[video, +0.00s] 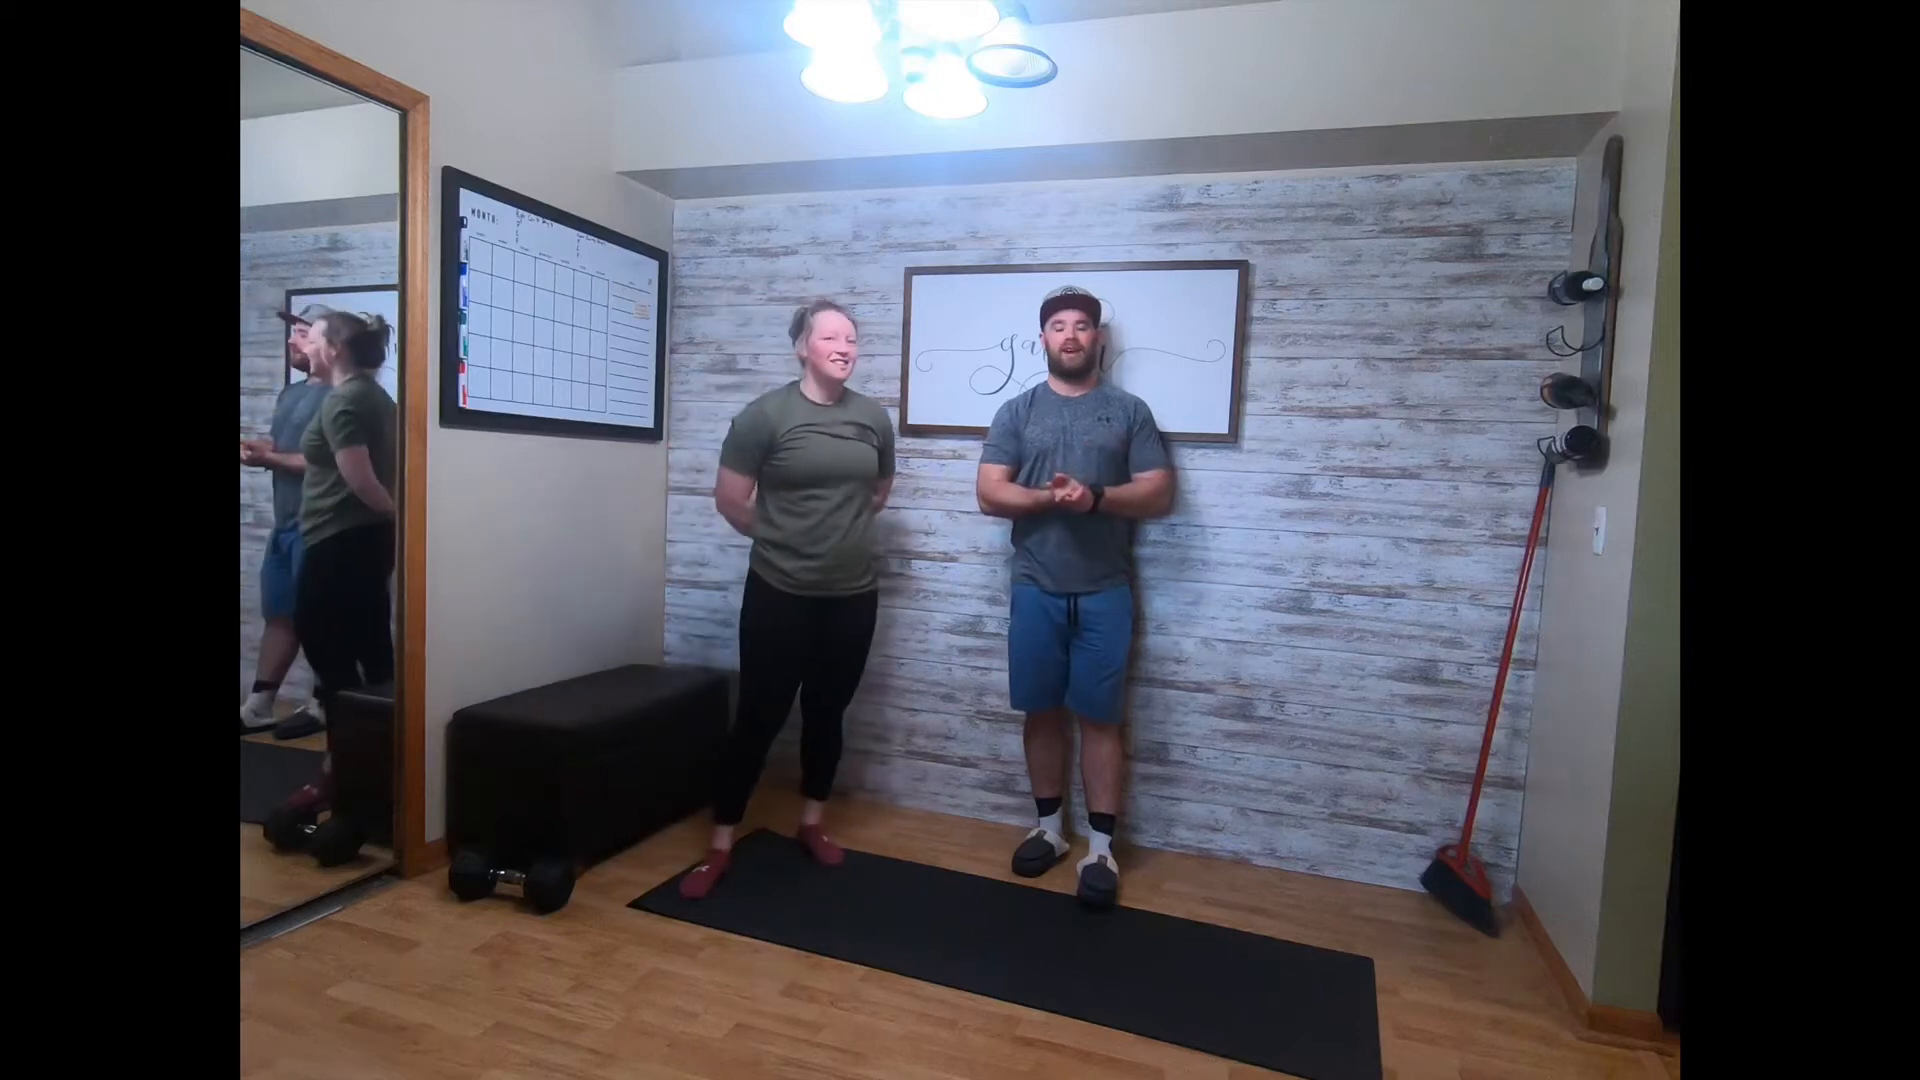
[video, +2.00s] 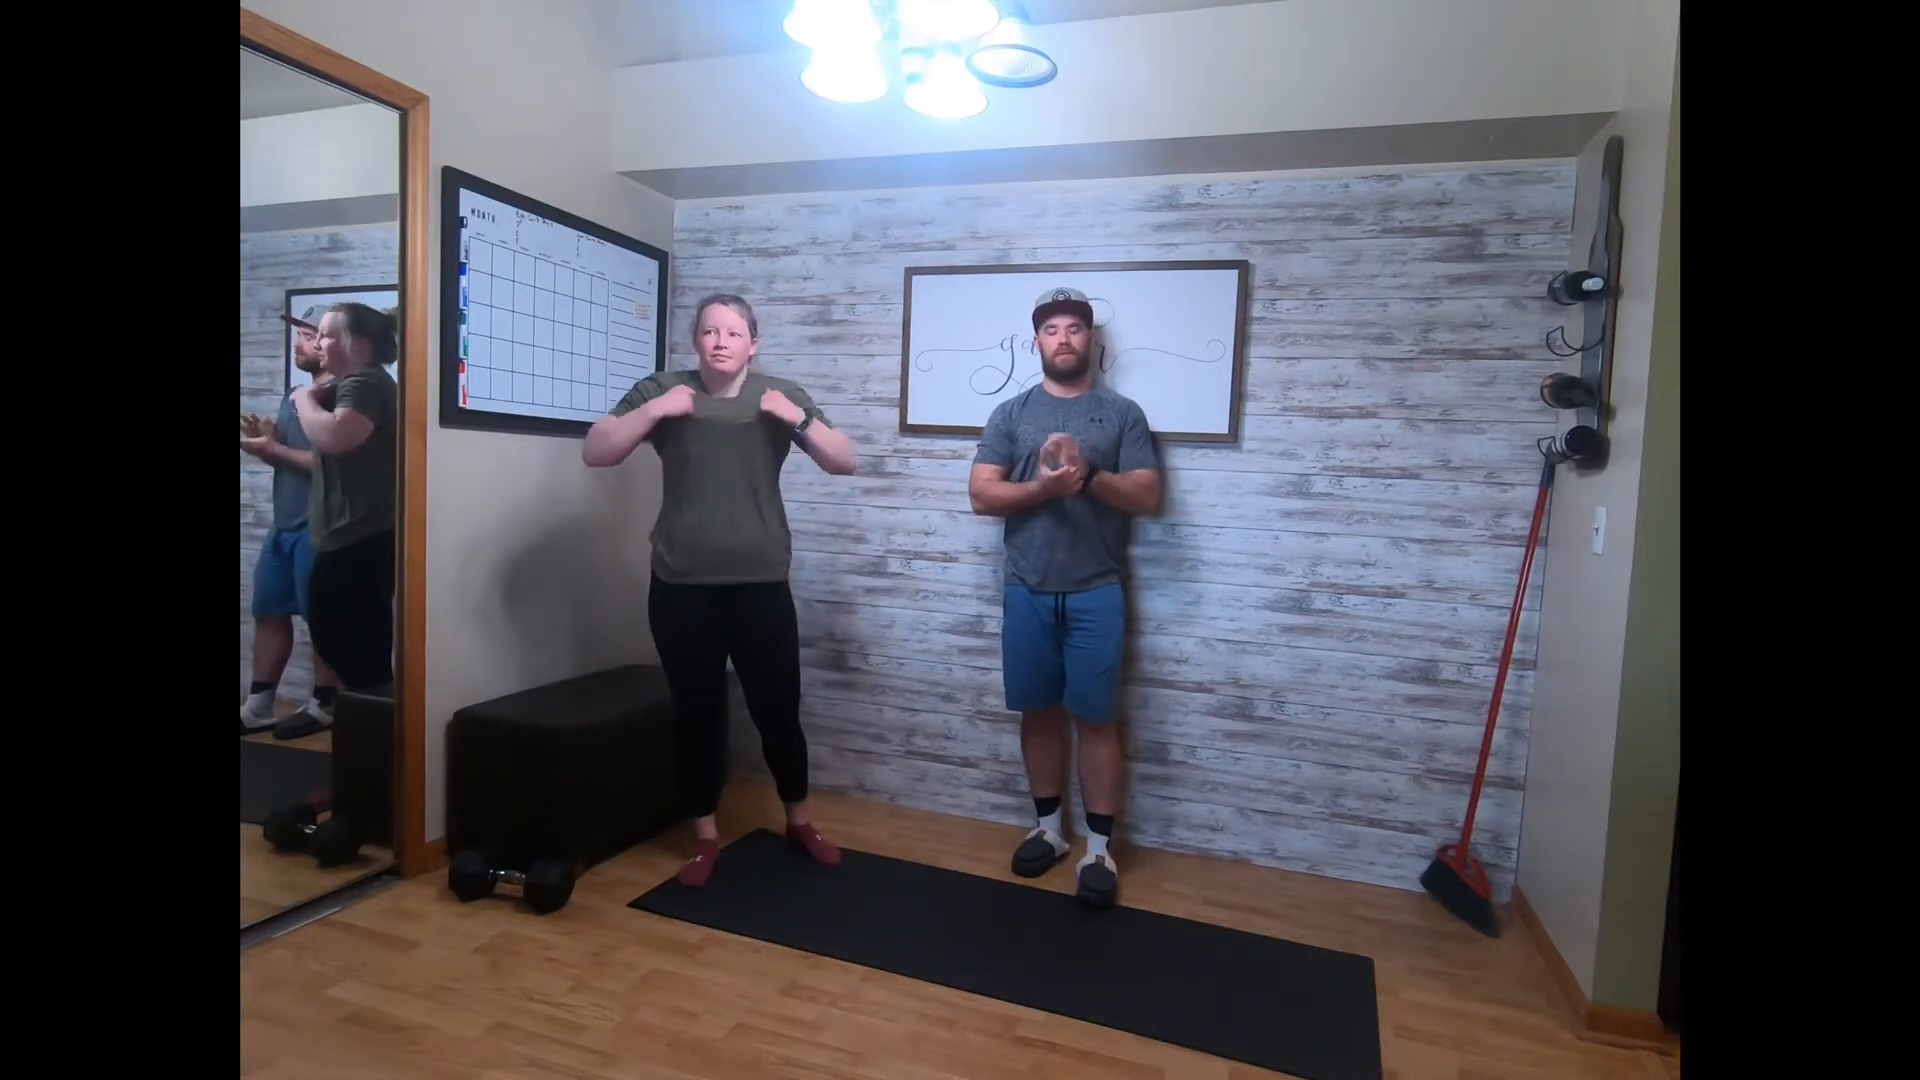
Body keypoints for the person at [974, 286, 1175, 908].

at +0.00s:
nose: (1070, 334)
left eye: (1081, 325)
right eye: (1058, 326)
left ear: (1098, 339)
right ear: (1043, 340)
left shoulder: (1127, 411)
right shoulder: (1018, 411)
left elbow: (1159, 493)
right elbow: (989, 492)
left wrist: (1096, 498)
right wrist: (1045, 497)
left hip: (1105, 585)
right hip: (1036, 583)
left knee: (1099, 714)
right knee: (1040, 709)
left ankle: (1100, 850)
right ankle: (1048, 830)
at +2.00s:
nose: (1063, 337)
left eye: (1075, 329)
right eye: (1052, 330)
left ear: (1092, 340)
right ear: (1037, 342)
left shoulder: (1122, 414)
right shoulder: (1011, 414)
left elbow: (1147, 497)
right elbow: (983, 494)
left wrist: (1088, 478)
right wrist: (1044, 485)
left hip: (1096, 584)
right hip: (1027, 584)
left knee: (1095, 715)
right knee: (1037, 710)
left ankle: (1099, 850)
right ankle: (1049, 830)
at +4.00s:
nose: (1059, 339)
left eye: (1071, 330)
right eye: (1047, 330)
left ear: (1088, 341)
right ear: (1033, 342)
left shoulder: (1116, 414)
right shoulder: (1006, 417)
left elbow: (1148, 500)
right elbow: (982, 499)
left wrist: (1077, 490)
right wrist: (1034, 493)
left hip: (1093, 584)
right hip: (1024, 585)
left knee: (1092, 715)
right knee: (1036, 710)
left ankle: (1097, 849)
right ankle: (1048, 830)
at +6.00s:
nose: (1062, 338)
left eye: (1072, 328)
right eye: (1049, 331)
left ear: (1091, 338)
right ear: (1037, 345)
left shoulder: (1126, 413)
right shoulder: (1015, 416)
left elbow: (1159, 501)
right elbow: (990, 498)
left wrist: (1100, 477)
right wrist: (1046, 491)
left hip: (1102, 584)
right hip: (1033, 584)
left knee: (1097, 714)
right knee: (1041, 710)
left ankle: (1098, 850)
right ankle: (1049, 831)